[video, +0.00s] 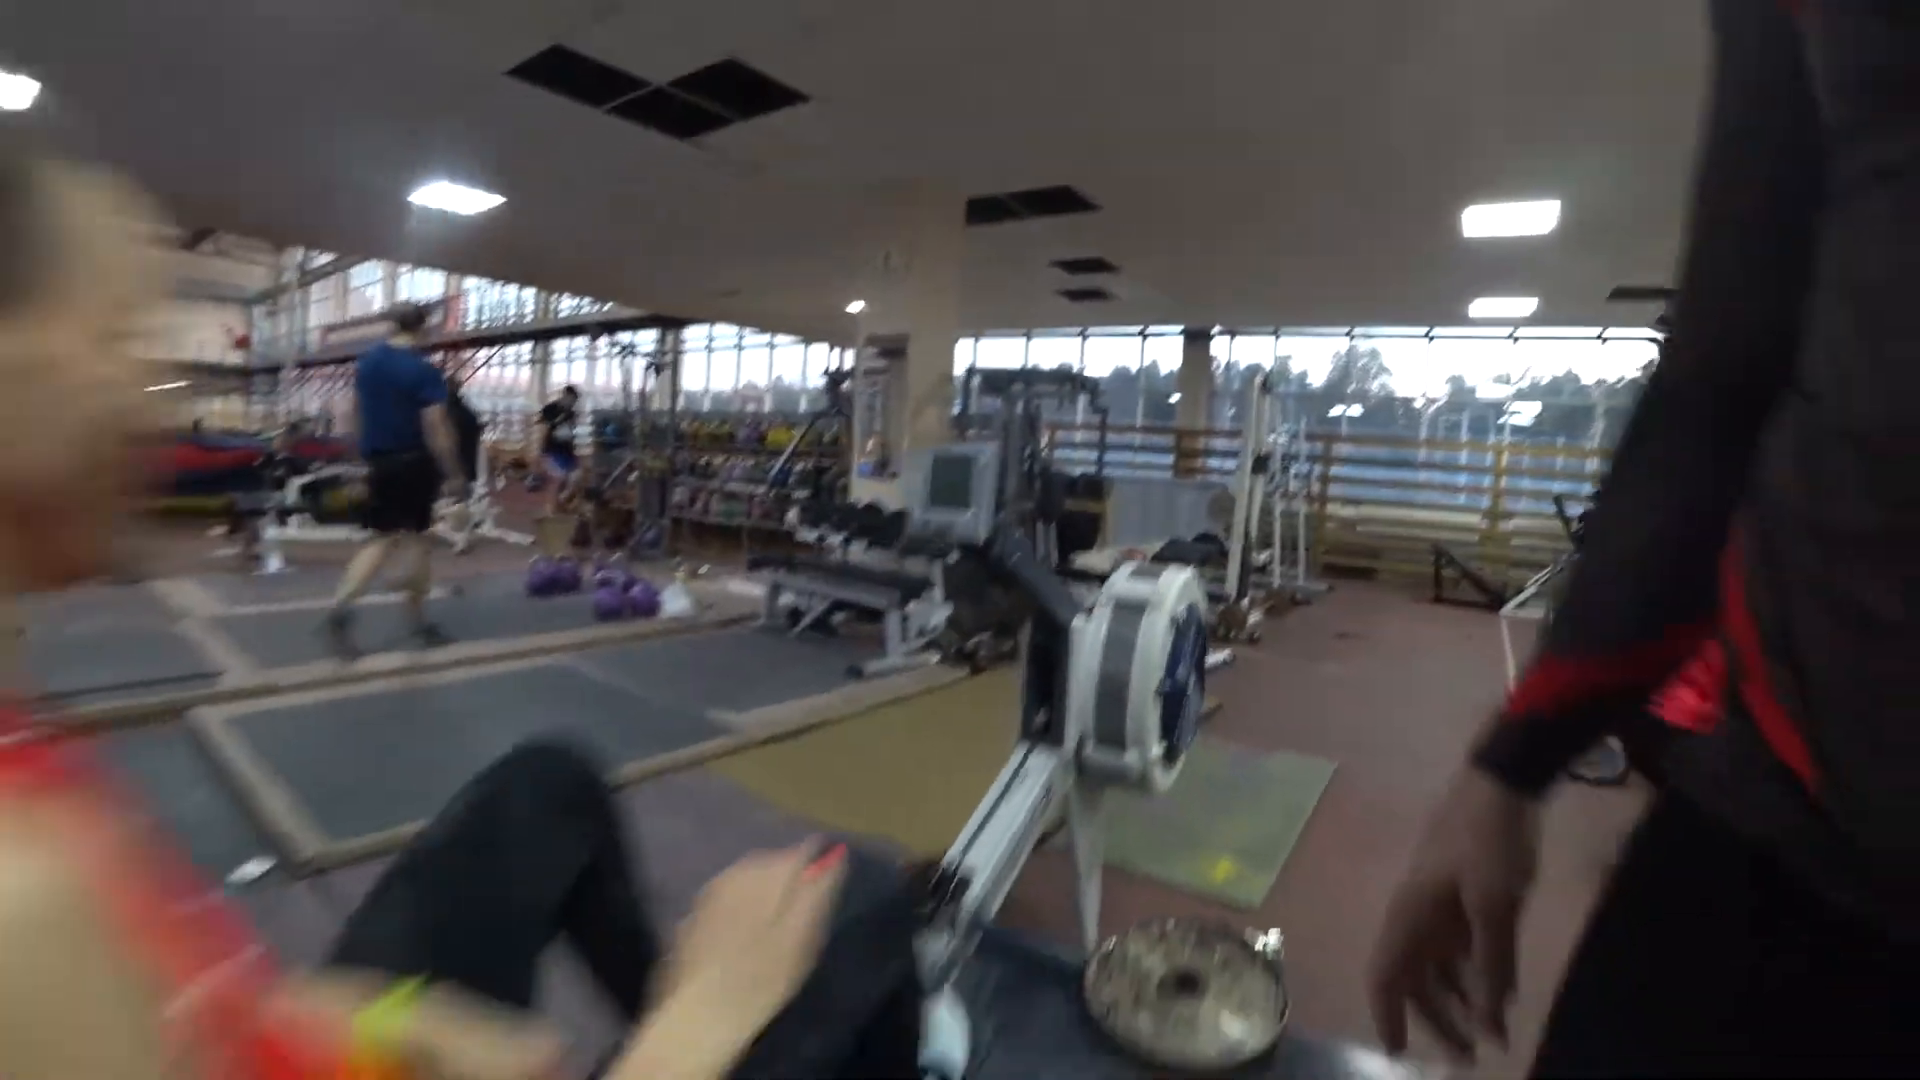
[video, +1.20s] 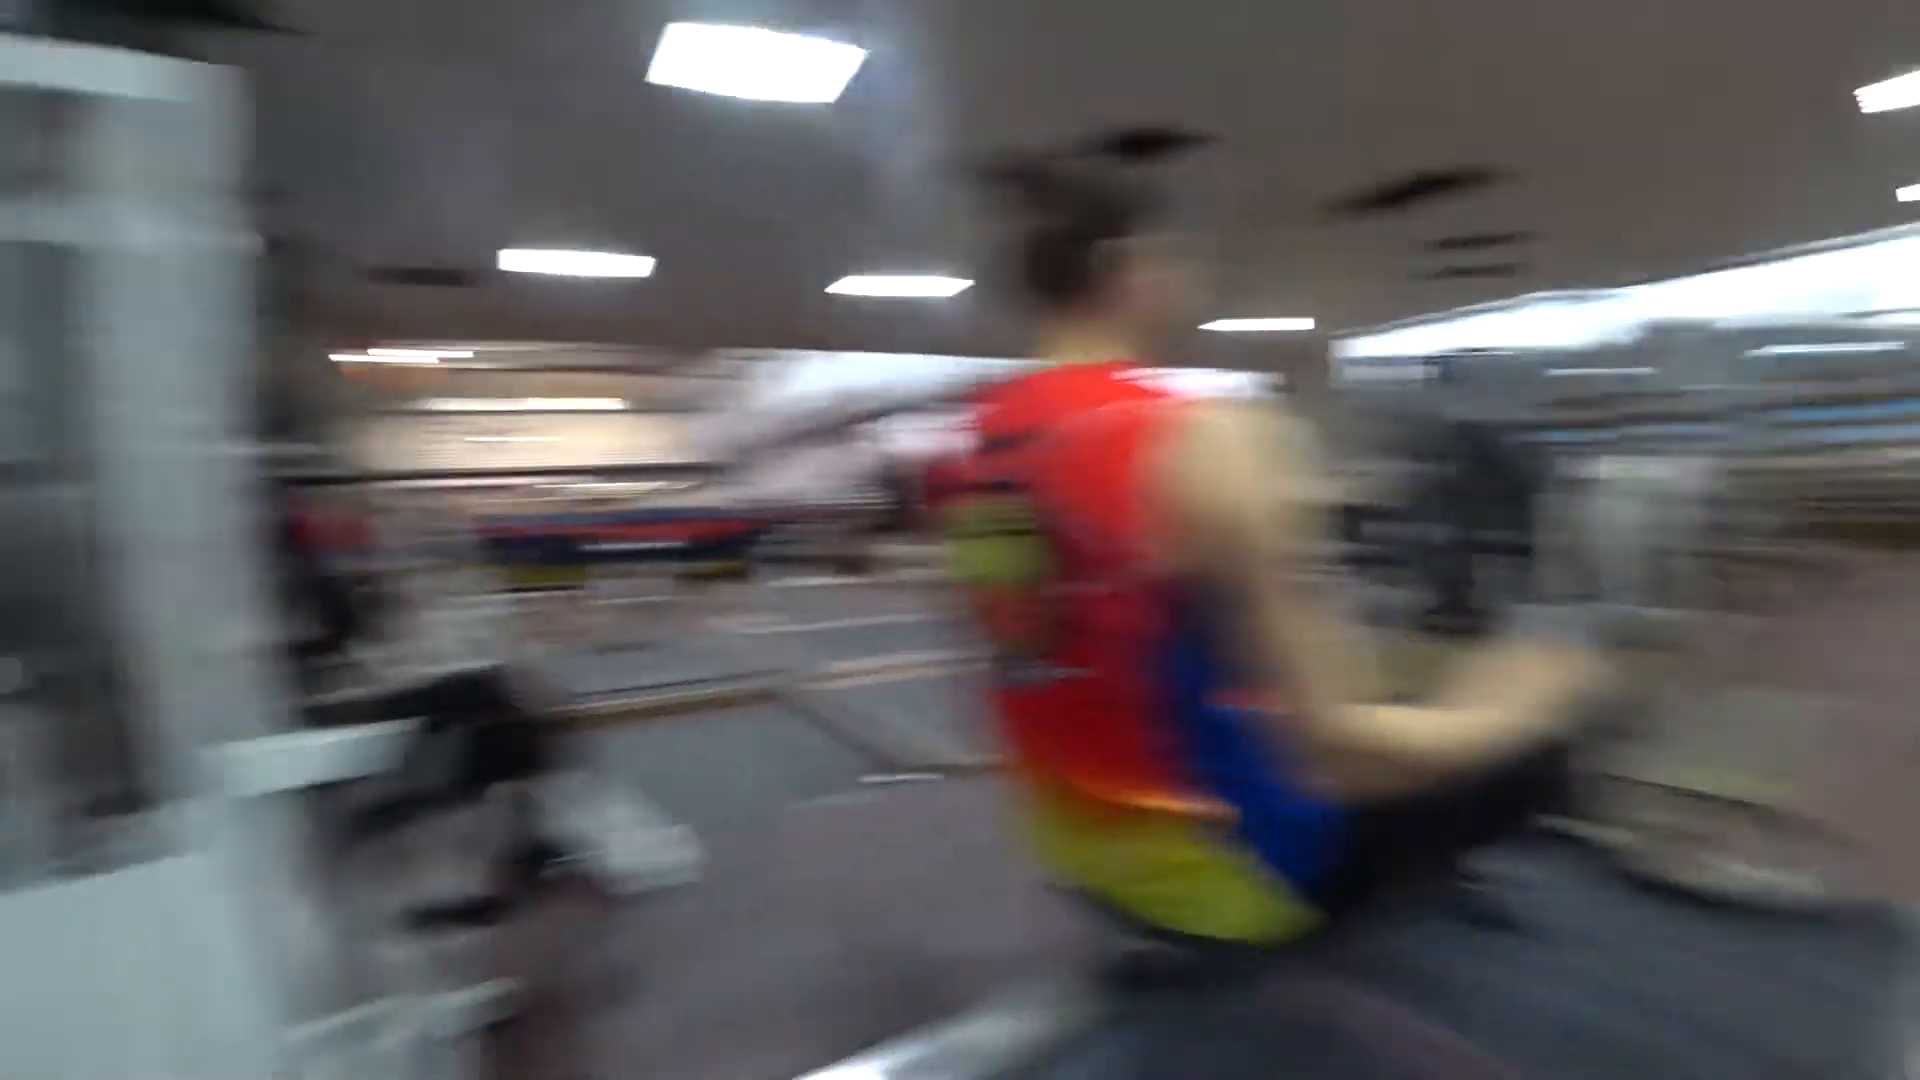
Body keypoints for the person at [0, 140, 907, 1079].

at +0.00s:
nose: (152, 393)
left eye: (137, 340)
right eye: (114, 335)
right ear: (12, 346)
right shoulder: (36, 851)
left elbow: (255, 1010)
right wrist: (709, 1017)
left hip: (275, 1022)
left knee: (552, 788)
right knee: (865, 898)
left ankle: (663, 1020)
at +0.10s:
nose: (411, 379)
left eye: (400, 324)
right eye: (383, 318)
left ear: (231, 327)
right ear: (228, 326)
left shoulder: (70, 636)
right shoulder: (286, 759)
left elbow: (235, 891)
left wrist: (553, 924)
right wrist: (858, 909)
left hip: (493, 1010)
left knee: (634, 711)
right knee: (962, 816)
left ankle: (742, 1002)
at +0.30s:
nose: (766, 351)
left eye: (762, 318)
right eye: (753, 318)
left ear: (562, 344)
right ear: (680, 332)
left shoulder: (557, 539)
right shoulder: (768, 613)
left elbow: (664, 807)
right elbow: (926, 970)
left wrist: (870, 820)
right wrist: (1130, 778)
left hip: (719, 1007)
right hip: (852, 1040)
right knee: (1197, 734)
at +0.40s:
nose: (918, 334)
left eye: (915, 309)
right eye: (909, 309)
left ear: (732, 336)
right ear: (853, 328)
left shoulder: (710, 516)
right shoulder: (936, 573)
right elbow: (1065, 906)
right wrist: (1249, 746)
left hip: (870, 953)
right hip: (1001, 987)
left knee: (1144, 757)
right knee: (1324, 708)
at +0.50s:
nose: (1016, 330)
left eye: (1016, 305)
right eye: (1010, 304)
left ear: (846, 327)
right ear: (958, 318)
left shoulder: (810, 491)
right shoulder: (1043, 545)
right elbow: (1161, 865)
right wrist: (1335, 717)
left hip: (957, 916)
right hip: (1093, 946)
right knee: (1410, 686)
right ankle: (1260, 914)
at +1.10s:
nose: (978, 302)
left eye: (974, 279)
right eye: (967, 278)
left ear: (824, 295)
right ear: (922, 285)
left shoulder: (776, 448)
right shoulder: (999, 456)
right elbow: (1109, 750)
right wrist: (1267, 687)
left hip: (888, 864)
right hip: (1030, 883)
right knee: (1322, 668)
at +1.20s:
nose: (1196, 289)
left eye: (1188, 261)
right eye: (1177, 261)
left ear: (1035, 285)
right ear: (1126, 273)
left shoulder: (984, 442)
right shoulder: (1196, 438)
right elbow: (1323, 743)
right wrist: (1513, 702)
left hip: (1093, 869)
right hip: (1240, 886)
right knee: (1543, 714)